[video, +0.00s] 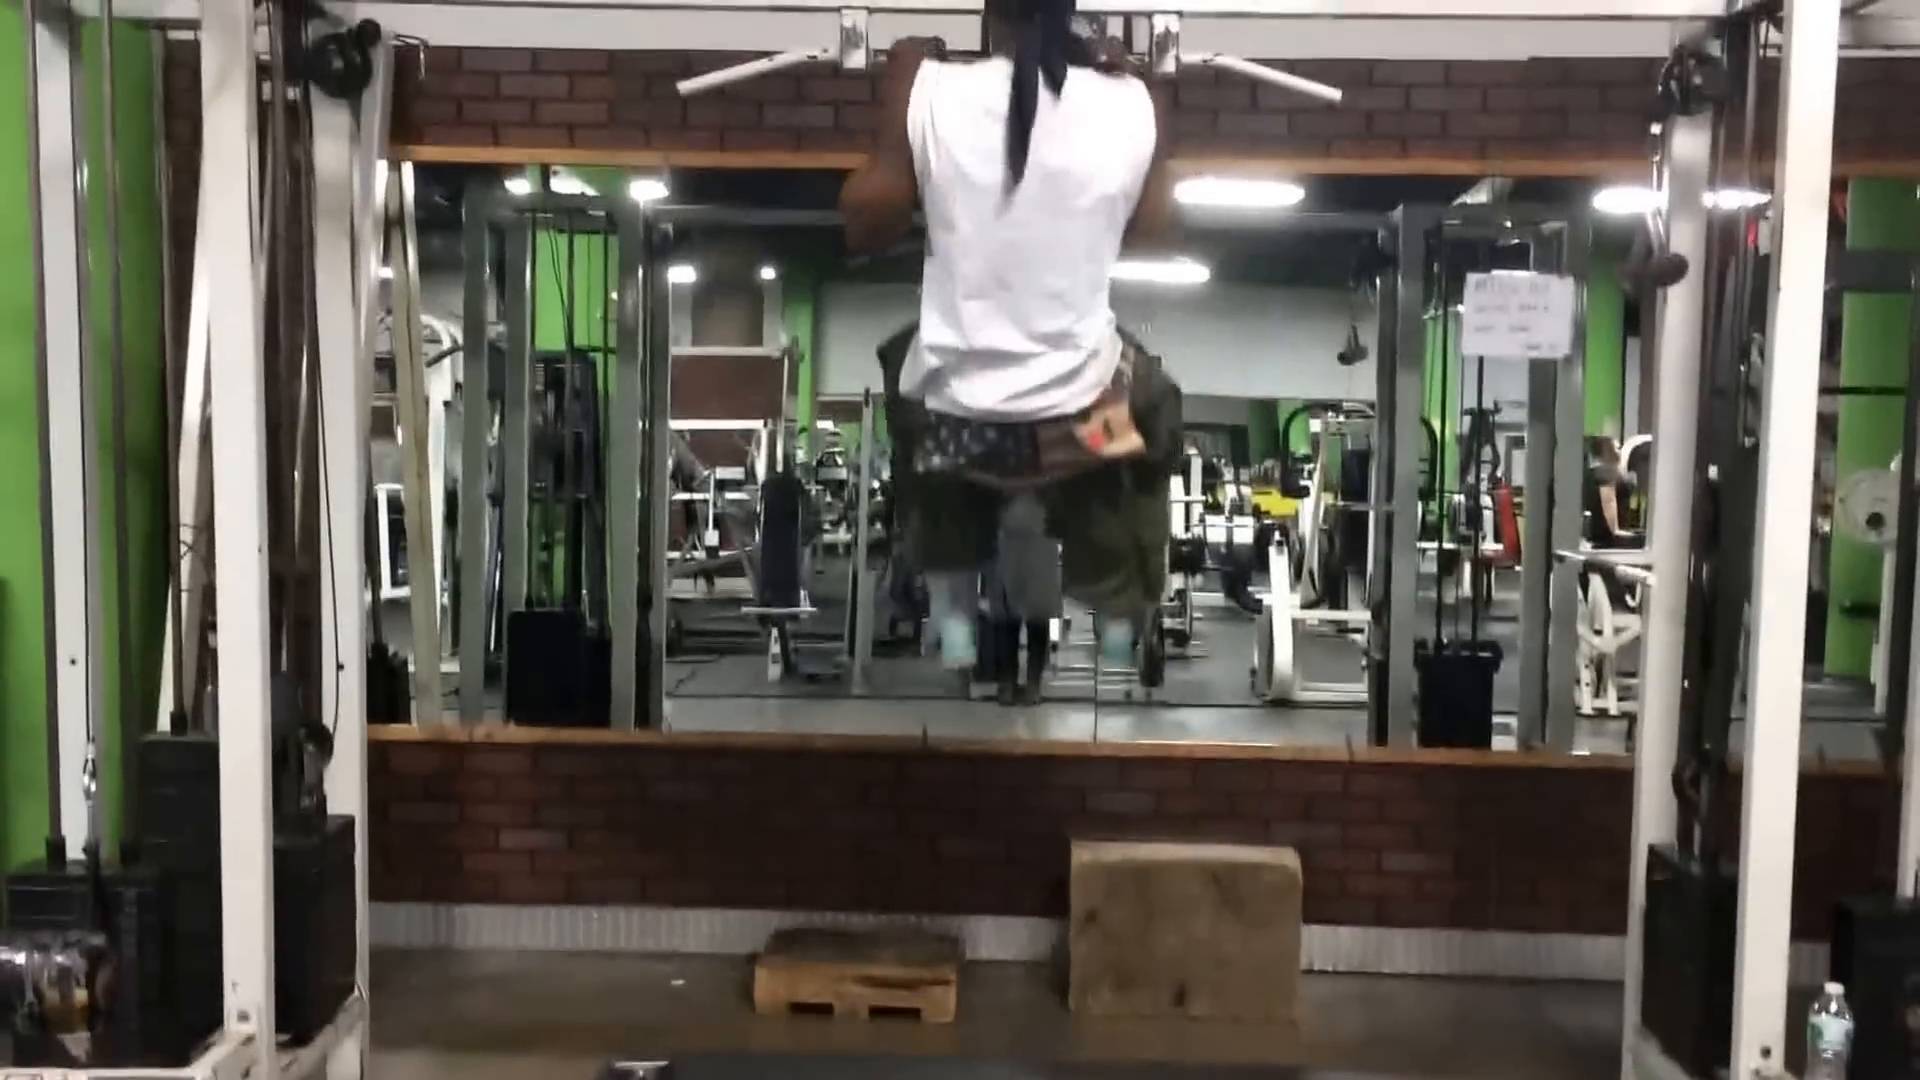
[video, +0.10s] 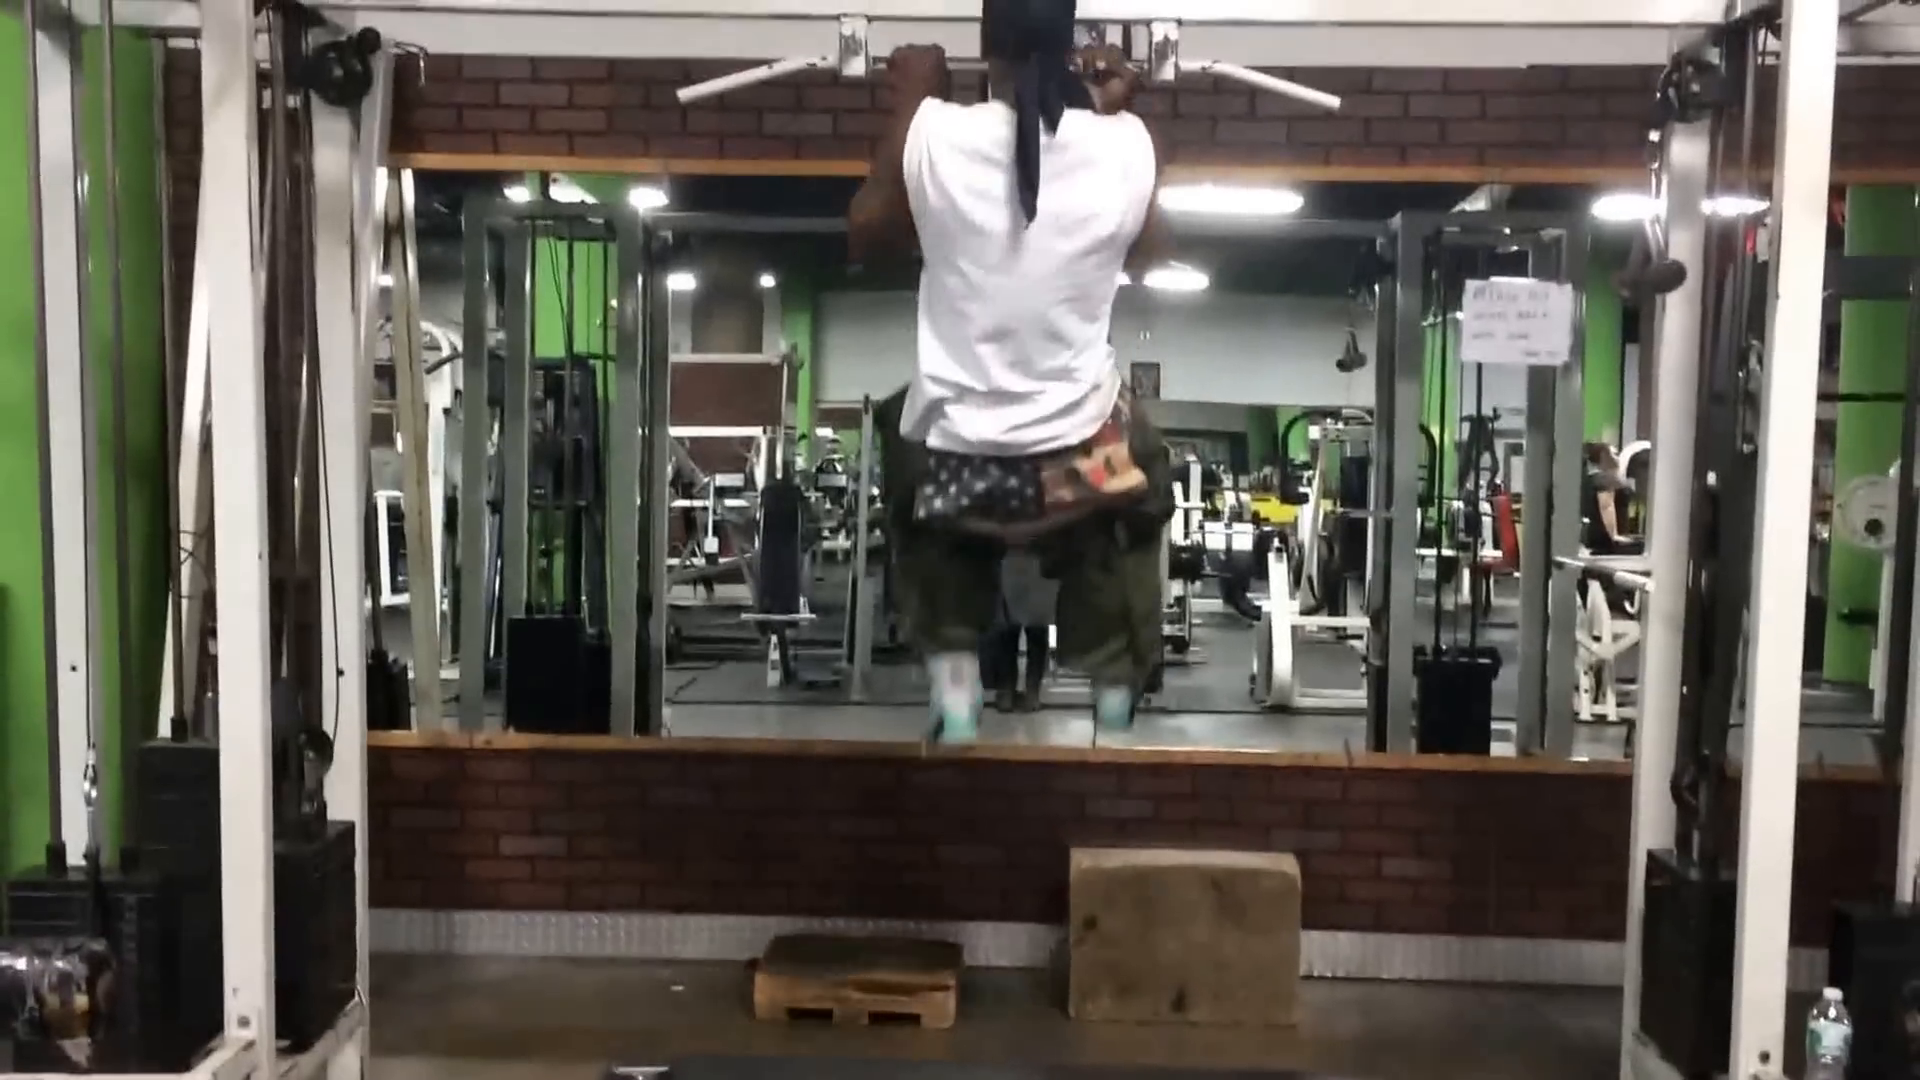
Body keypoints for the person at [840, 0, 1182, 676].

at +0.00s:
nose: (991, 18)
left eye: (991, 14)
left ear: (993, 18)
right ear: (1071, 18)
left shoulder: (935, 94)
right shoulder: (1128, 105)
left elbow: (867, 224)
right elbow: (1152, 227)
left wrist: (897, 101)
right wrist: (1129, 97)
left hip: (959, 412)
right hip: (1079, 409)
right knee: (1154, 400)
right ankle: (1122, 615)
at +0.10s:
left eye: (989, 30)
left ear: (989, 46)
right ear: (1073, 47)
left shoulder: (933, 134)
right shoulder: (1125, 145)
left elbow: (868, 232)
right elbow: (1144, 252)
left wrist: (905, 110)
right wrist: (1114, 120)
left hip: (956, 471)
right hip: (1080, 464)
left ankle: (956, 713)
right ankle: (1112, 731)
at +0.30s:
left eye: (985, 120)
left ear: (984, 131)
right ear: (1073, 130)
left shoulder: (939, 218)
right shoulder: (1119, 236)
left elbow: (872, 243)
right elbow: (1125, 207)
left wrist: (906, 114)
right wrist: (1103, 125)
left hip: (947, 526)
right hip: (1072, 521)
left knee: (932, 675)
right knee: (1091, 699)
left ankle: (971, 838)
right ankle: (1098, 901)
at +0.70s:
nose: (992, 218)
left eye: (995, 202)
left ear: (1000, 209)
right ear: (1088, 215)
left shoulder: (963, 291)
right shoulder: (1126, 306)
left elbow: (895, 231)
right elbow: (1106, 218)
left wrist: (911, 97)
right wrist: (1096, 100)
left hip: (941, 591)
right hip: (1056, 587)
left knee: (880, 763)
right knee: (1043, 751)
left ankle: (981, 937)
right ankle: (1094, 920)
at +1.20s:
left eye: (1028, 244)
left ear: (1027, 264)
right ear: (1105, 278)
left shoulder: (980, 339)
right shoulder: (1111, 355)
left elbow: (908, 219)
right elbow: (1059, 199)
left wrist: (910, 68)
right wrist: (1074, 69)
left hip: (899, 628)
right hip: (1000, 640)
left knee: (774, 743)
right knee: (951, 778)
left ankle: (835, 934)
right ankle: (995, 946)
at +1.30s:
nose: (1029, 243)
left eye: (1039, 238)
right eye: (1045, 235)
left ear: (1038, 260)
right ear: (1109, 279)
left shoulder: (986, 332)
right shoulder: (1110, 347)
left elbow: (897, 221)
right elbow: (1053, 200)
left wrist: (921, 74)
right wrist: (1073, 66)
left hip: (901, 622)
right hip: (1002, 632)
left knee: (782, 738)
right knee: (965, 762)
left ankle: (857, 928)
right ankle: (1014, 932)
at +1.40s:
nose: (1041, 233)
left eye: (1051, 227)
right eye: (1053, 221)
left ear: (1057, 250)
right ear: (1125, 272)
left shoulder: (994, 335)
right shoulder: (1118, 342)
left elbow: (875, 253)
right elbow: (1050, 197)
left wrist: (957, 133)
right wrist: (1072, 61)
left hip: (914, 618)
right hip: (1019, 613)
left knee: (805, 738)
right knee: (984, 740)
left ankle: (894, 917)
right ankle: (1048, 898)